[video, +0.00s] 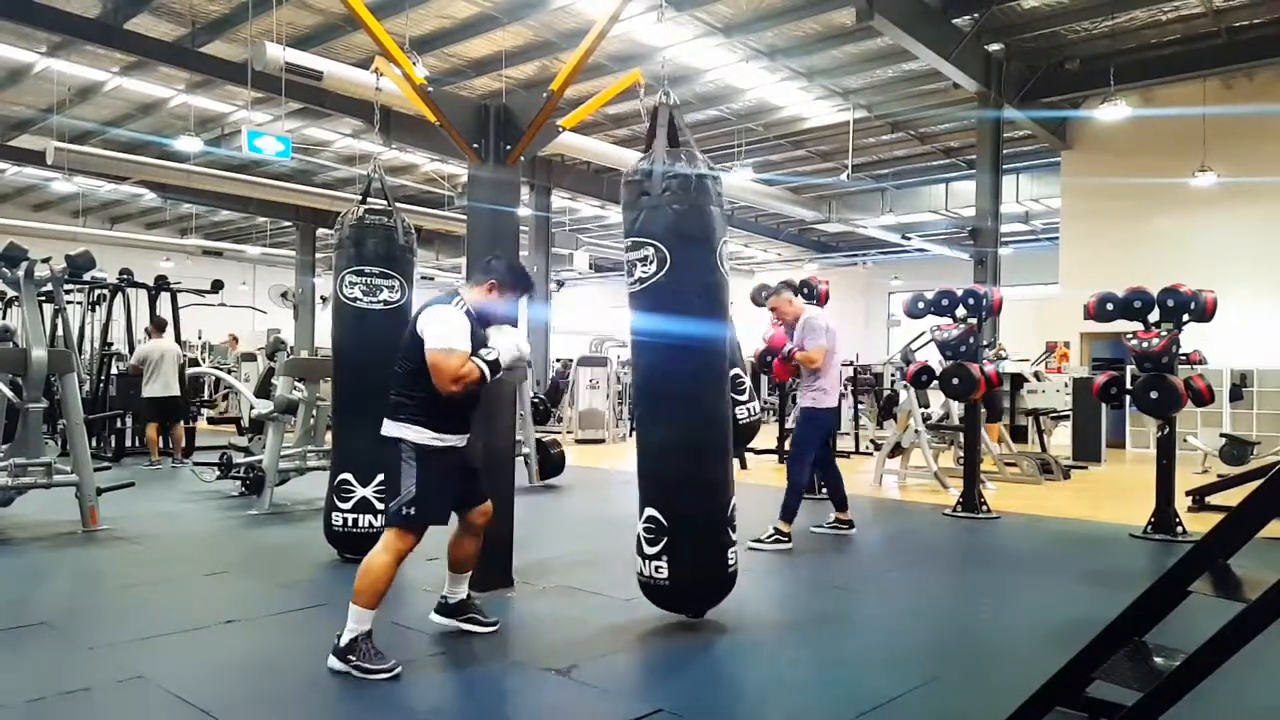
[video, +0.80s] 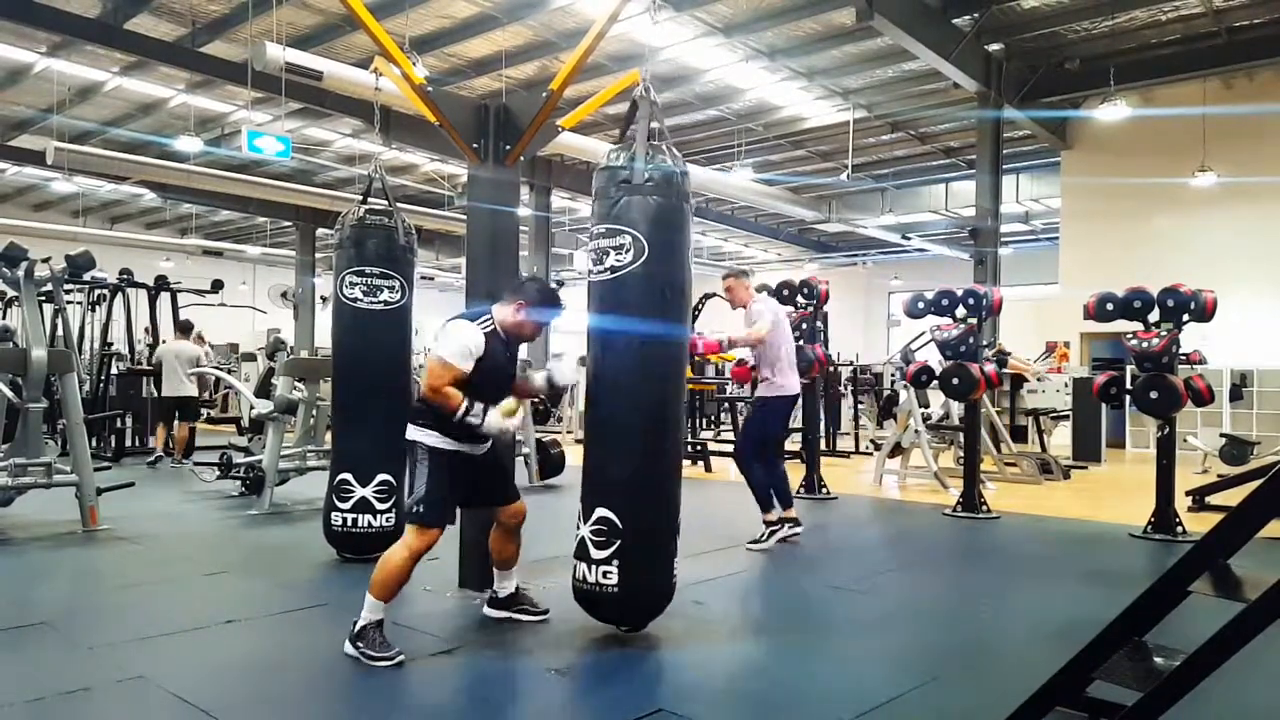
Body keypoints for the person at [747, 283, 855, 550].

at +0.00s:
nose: (777, 318)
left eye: (777, 311)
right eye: (773, 312)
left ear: (793, 301)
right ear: (790, 304)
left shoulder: (813, 321)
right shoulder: (802, 325)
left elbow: (814, 360)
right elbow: (805, 364)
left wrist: (787, 349)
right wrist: (787, 367)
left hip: (816, 406)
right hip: (819, 405)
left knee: (797, 463)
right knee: (825, 462)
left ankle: (783, 529)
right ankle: (843, 517)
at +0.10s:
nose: (772, 314)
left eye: (772, 307)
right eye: (769, 310)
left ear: (786, 298)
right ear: (782, 302)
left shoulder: (810, 319)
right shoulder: (797, 322)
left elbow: (809, 361)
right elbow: (798, 358)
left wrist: (783, 350)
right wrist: (781, 361)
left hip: (814, 404)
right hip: (808, 403)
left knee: (795, 462)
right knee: (811, 458)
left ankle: (782, 529)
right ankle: (839, 510)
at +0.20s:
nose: (776, 315)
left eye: (778, 308)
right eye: (773, 311)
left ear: (792, 298)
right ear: (774, 309)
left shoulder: (818, 321)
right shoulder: (786, 326)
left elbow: (814, 362)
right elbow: (759, 358)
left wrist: (783, 346)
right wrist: (769, 339)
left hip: (813, 402)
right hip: (795, 402)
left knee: (796, 460)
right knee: (806, 458)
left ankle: (782, 529)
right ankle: (835, 508)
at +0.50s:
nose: (751, 318)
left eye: (754, 312)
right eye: (749, 313)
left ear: (770, 306)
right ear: (759, 310)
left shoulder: (798, 325)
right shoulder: (765, 330)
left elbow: (828, 353)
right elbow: (765, 362)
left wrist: (813, 367)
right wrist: (758, 371)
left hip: (800, 405)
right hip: (790, 404)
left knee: (769, 459)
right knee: (808, 459)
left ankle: (780, 529)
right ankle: (838, 508)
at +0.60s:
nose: (738, 310)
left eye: (741, 303)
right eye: (735, 305)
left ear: (758, 297)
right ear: (757, 300)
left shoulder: (771, 317)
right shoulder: (781, 315)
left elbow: (769, 353)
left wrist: (755, 363)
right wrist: (760, 368)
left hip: (788, 402)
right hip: (802, 399)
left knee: (765, 459)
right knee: (797, 457)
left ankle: (780, 529)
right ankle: (828, 506)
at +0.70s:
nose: (732, 303)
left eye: (734, 296)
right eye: (730, 298)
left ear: (750, 289)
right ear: (752, 290)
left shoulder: (759, 309)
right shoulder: (776, 306)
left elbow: (738, 335)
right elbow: (788, 348)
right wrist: (761, 361)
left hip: (785, 397)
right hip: (797, 394)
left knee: (764, 459)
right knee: (780, 455)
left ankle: (779, 530)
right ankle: (809, 505)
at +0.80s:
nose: (727, 296)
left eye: (729, 290)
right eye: (725, 292)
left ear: (746, 285)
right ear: (745, 288)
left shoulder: (760, 305)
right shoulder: (766, 306)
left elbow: (759, 335)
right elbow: (774, 353)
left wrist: (723, 341)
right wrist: (752, 369)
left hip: (775, 390)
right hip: (785, 390)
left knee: (744, 451)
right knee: (770, 453)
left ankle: (772, 521)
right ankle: (790, 517)